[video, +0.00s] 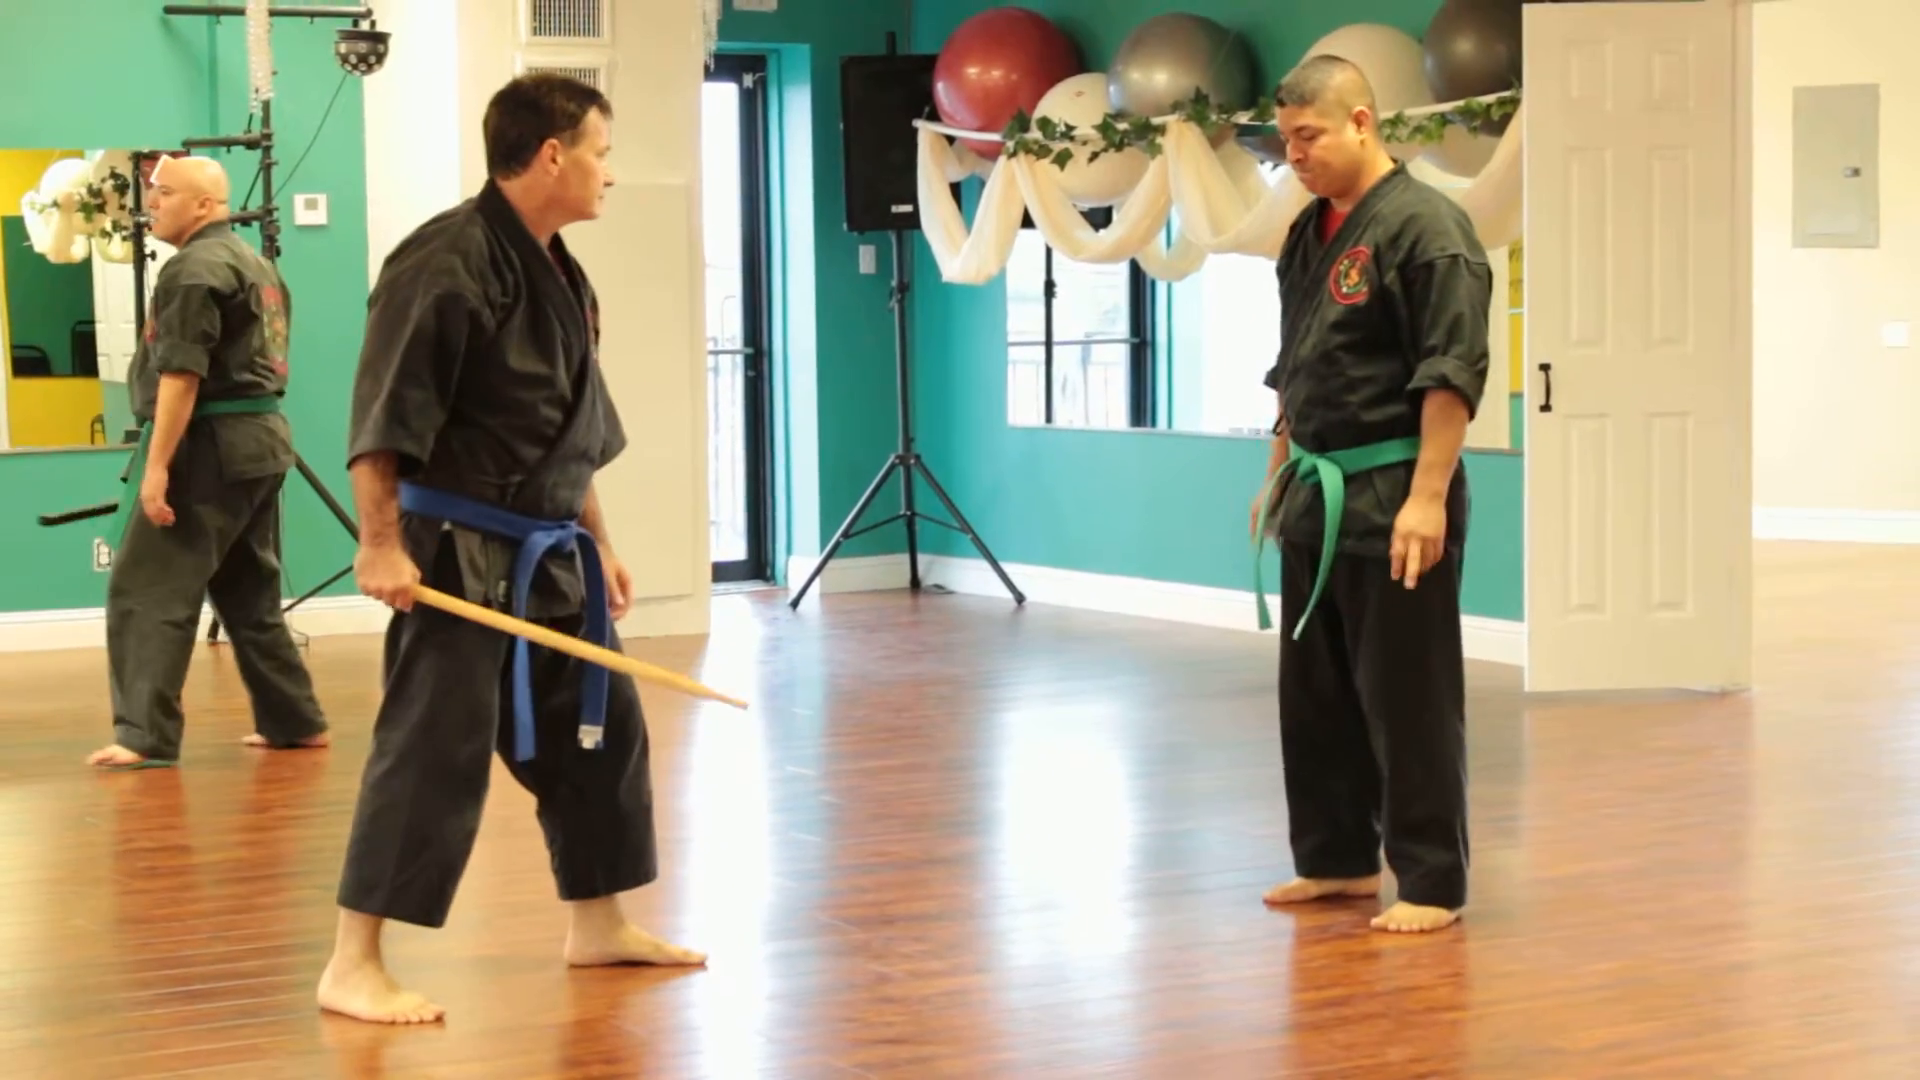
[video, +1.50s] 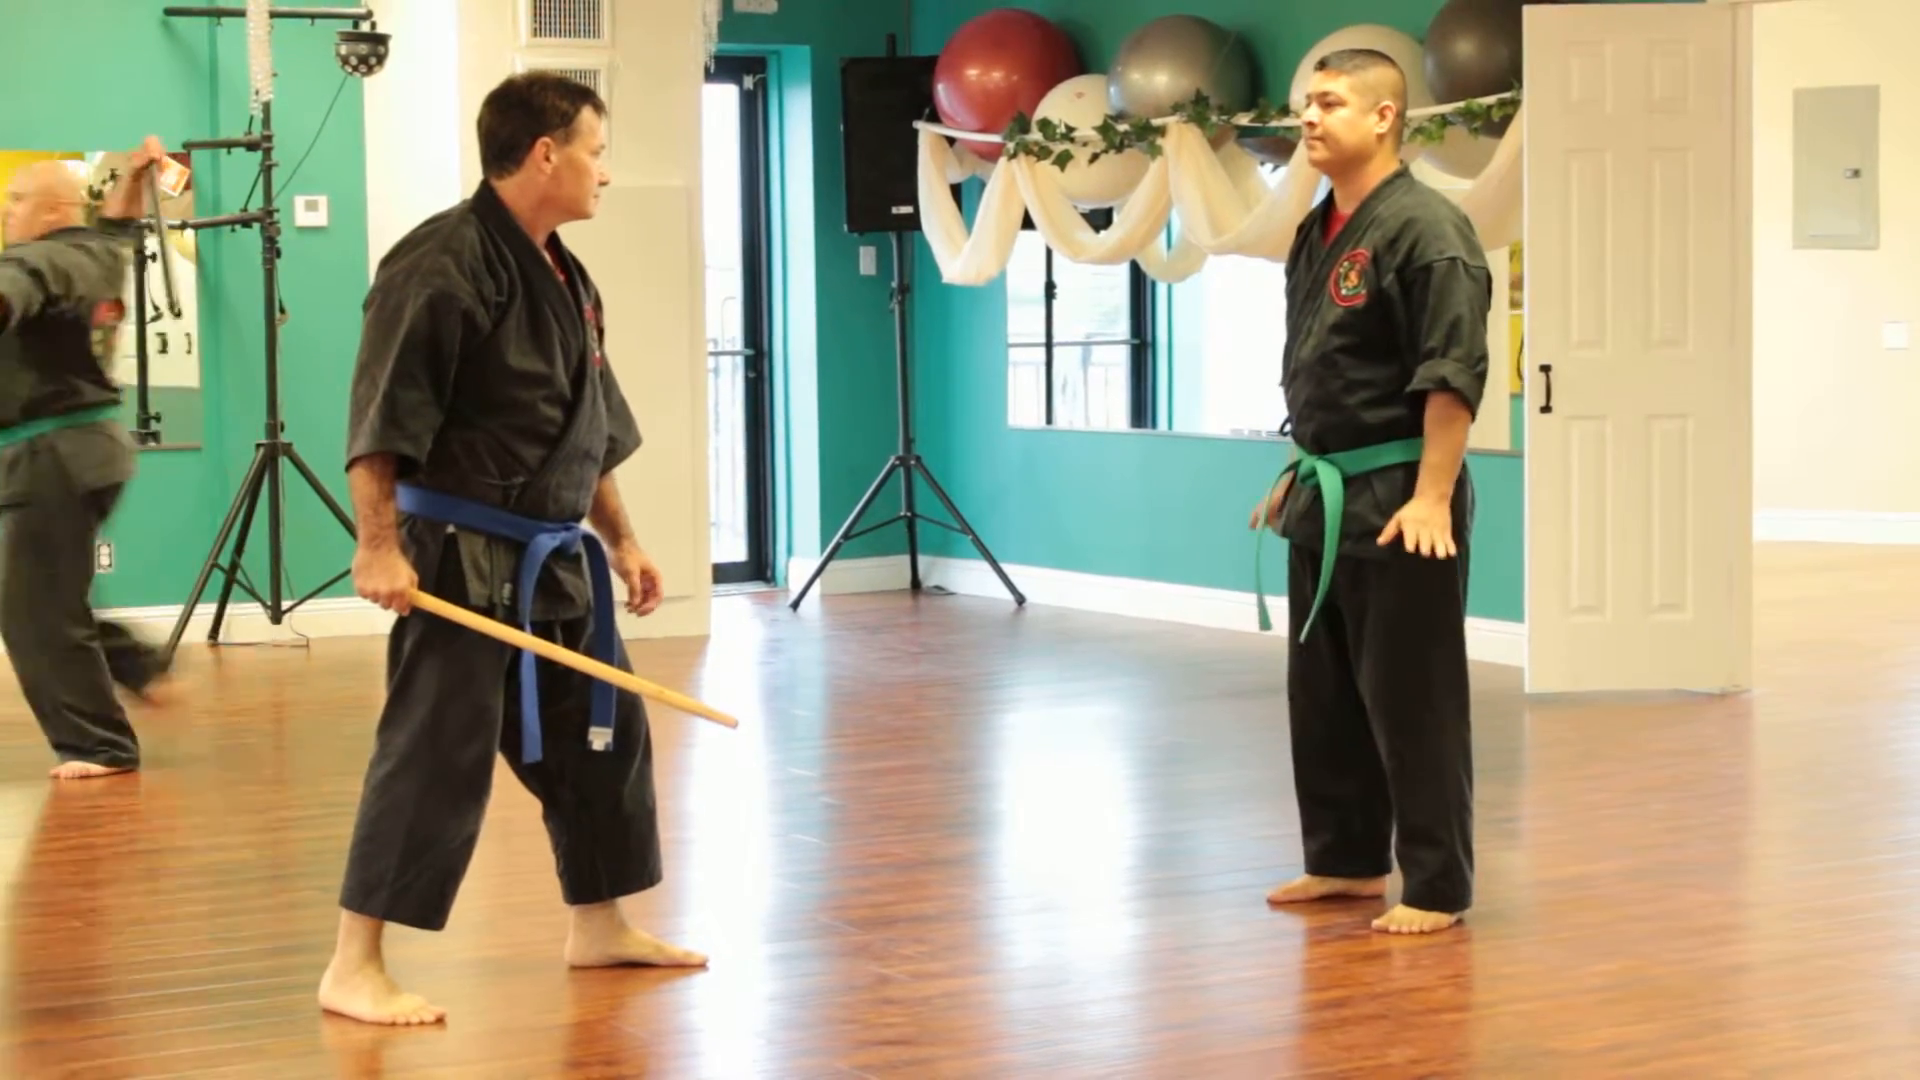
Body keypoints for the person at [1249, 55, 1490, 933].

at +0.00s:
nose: (1294, 156)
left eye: (1307, 138)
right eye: (1287, 141)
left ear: (1362, 123)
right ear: (1294, 141)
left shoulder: (1429, 224)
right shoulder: (1307, 231)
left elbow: (1452, 376)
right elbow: (1297, 368)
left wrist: (1429, 495)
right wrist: (1281, 466)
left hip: (1398, 480)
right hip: (1315, 481)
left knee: (1408, 689)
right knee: (1319, 680)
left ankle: (1431, 885)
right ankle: (1339, 862)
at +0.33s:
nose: (1290, 167)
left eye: (1303, 148)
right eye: (1282, 152)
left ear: (1358, 130)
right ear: (1288, 148)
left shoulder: (1426, 230)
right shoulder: (1319, 231)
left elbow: (1450, 381)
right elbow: (1325, 367)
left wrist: (1436, 505)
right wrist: (1318, 481)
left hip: (1410, 485)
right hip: (1336, 486)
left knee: (1421, 692)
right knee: (1332, 684)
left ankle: (1438, 890)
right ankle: (1348, 864)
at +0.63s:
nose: (1294, 126)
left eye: (1312, 110)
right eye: (1293, 111)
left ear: (1370, 117)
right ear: (1301, 122)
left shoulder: (1421, 220)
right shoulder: (1312, 221)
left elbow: (1442, 369)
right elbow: (1313, 357)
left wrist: (1412, 491)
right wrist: (1293, 455)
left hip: (1397, 479)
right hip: (1322, 479)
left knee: (1406, 690)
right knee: (1322, 682)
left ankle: (1434, 890)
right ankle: (1343, 861)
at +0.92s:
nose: (1305, 123)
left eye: (1325, 108)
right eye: (1301, 109)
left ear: (1382, 120)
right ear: (1302, 124)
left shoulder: (1425, 230)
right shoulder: (1313, 230)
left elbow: (1441, 382)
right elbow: (1301, 366)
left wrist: (1409, 502)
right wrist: (1272, 466)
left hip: (1398, 485)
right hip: (1320, 484)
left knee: (1410, 691)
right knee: (1327, 683)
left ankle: (1437, 888)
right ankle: (1349, 861)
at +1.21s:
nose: (1306, 119)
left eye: (1328, 104)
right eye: (1304, 105)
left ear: (1385, 119)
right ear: (1304, 124)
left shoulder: (1427, 228)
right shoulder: (1313, 232)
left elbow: (1449, 381)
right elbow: (1313, 375)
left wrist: (1435, 507)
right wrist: (1299, 488)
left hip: (1399, 480)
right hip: (1323, 480)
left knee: (1412, 693)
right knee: (1327, 685)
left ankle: (1436, 889)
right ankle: (1348, 861)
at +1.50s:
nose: (1308, 119)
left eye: (1329, 104)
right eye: (1306, 106)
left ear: (1385, 118)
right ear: (1308, 123)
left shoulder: (1429, 226)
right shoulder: (1317, 230)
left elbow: (1453, 375)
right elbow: (1320, 366)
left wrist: (1432, 496)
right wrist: (1301, 468)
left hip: (1402, 481)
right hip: (1326, 481)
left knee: (1412, 689)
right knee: (1328, 683)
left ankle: (1436, 887)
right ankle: (1347, 861)